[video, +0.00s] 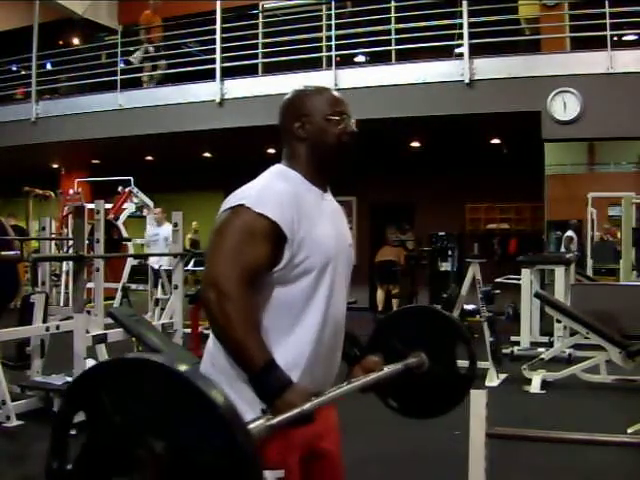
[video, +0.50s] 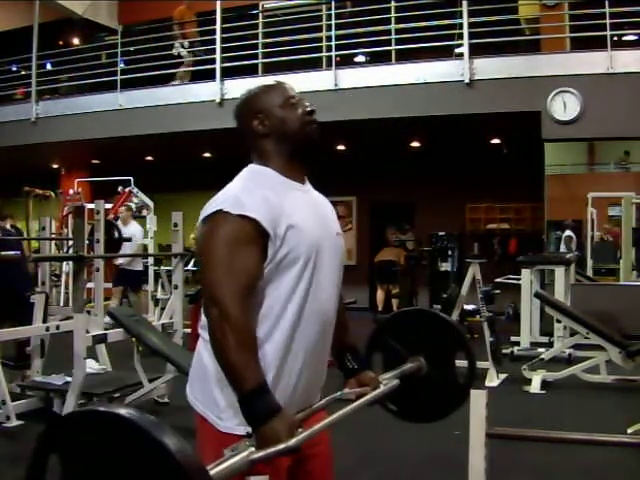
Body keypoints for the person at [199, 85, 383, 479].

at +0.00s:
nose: (351, 128)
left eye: (349, 119)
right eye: (336, 118)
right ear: (300, 128)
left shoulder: (329, 207)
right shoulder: (269, 196)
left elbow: (316, 306)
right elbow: (221, 290)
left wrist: (356, 357)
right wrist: (276, 387)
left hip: (316, 408)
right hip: (257, 415)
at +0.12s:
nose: (346, 122)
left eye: (343, 114)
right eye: (331, 114)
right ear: (297, 129)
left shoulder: (335, 211)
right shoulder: (266, 198)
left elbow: (315, 306)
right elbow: (218, 293)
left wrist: (353, 356)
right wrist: (267, 389)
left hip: (309, 407)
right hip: (247, 414)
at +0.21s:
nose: (340, 119)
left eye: (335, 111)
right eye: (324, 112)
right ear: (291, 129)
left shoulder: (332, 210)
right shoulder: (264, 199)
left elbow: (313, 304)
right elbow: (217, 294)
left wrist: (351, 356)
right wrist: (263, 395)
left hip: (306, 408)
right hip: (243, 418)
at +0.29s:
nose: (329, 114)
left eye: (324, 107)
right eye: (313, 110)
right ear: (281, 129)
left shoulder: (324, 207)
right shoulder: (257, 200)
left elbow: (318, 302)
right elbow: (218, 300)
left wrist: (352, 361)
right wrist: (262, 402)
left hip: (305, 409)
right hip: (242, 421)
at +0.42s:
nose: (315, 111)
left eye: (309, 104)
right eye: (298, 106)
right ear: (268, 126)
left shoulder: (320, 206)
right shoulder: (245, 201)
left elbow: (324, 300)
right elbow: (222, 307)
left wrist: (352, 364)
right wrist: (262, 407)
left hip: (305, 406)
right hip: (242, 419)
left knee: (318, 473)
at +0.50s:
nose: (308, 107)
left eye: (303, 100)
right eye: (291, 103)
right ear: (261, 125)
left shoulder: (318, 204)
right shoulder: (242, 202)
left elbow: (326, 300)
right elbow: (225, 309)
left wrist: (354, 367)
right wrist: (263, 410)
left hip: (305, 409)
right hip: (241, 422)